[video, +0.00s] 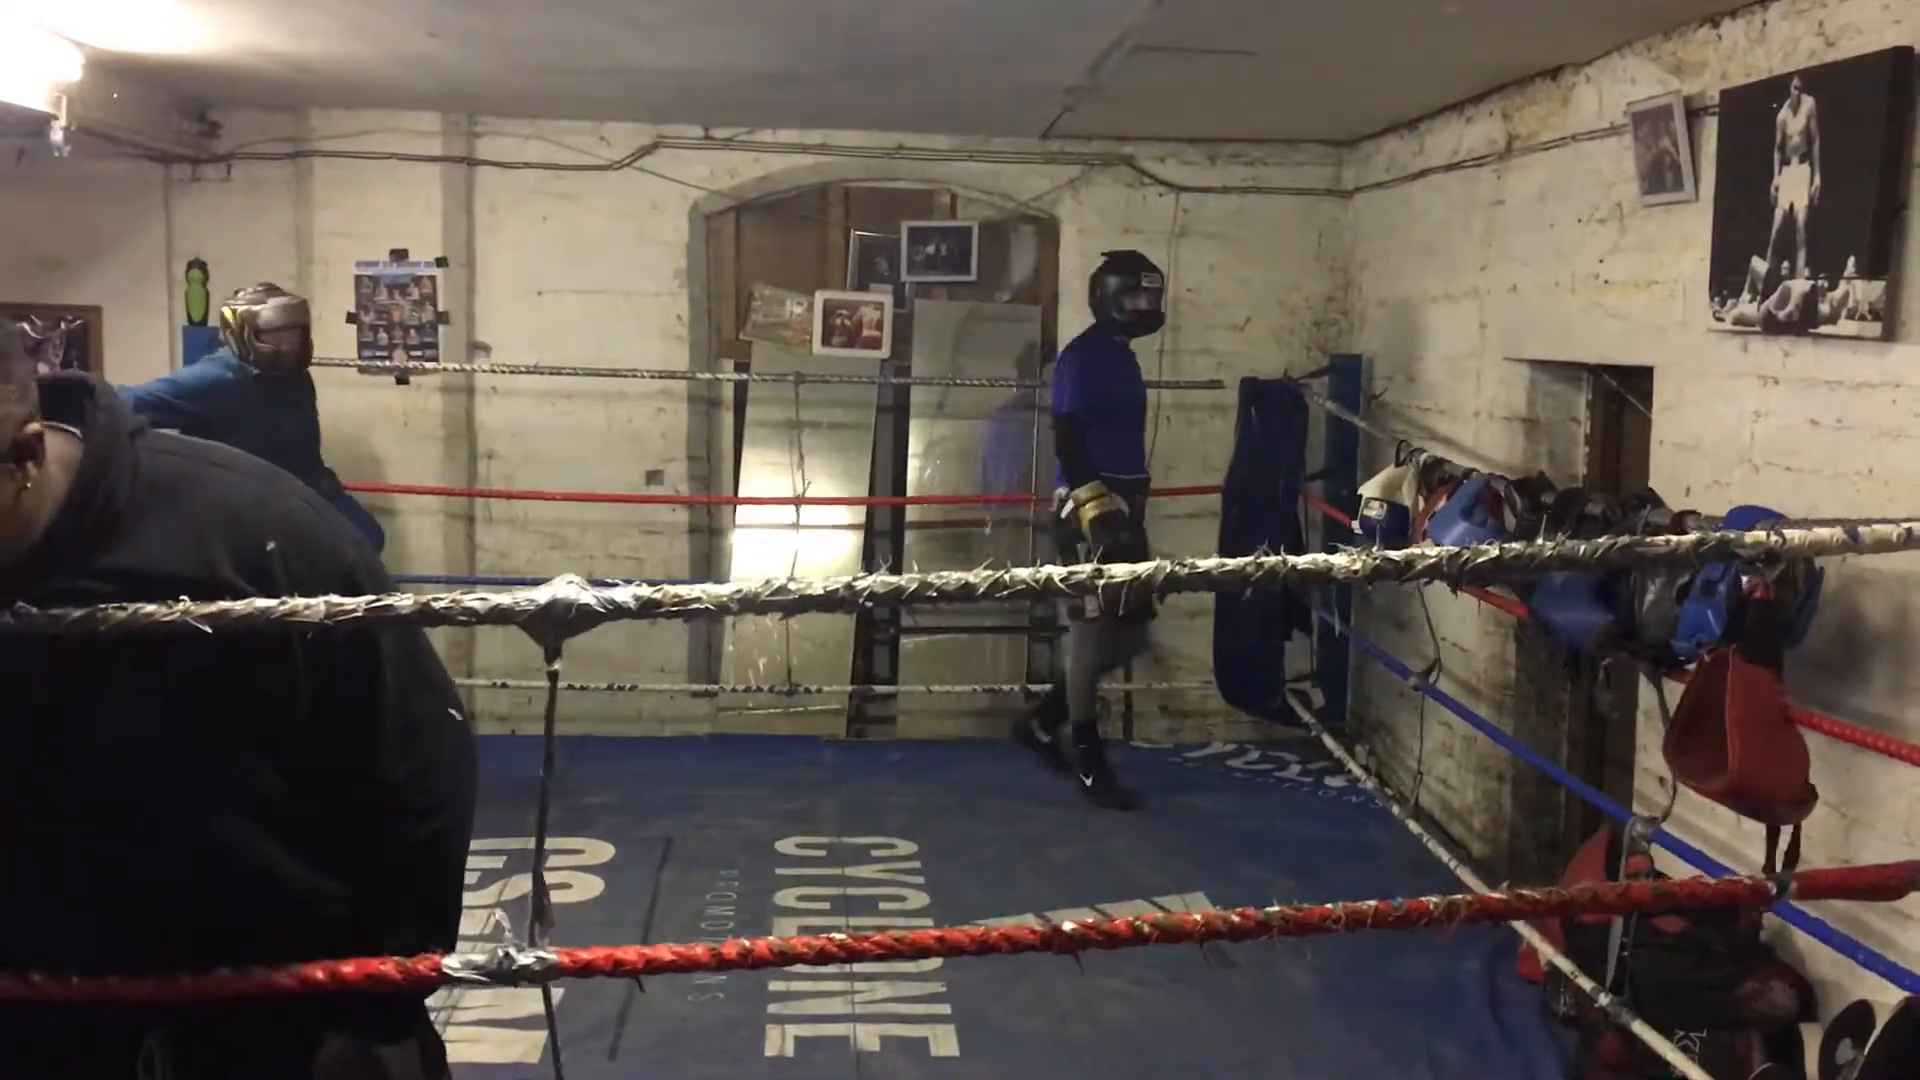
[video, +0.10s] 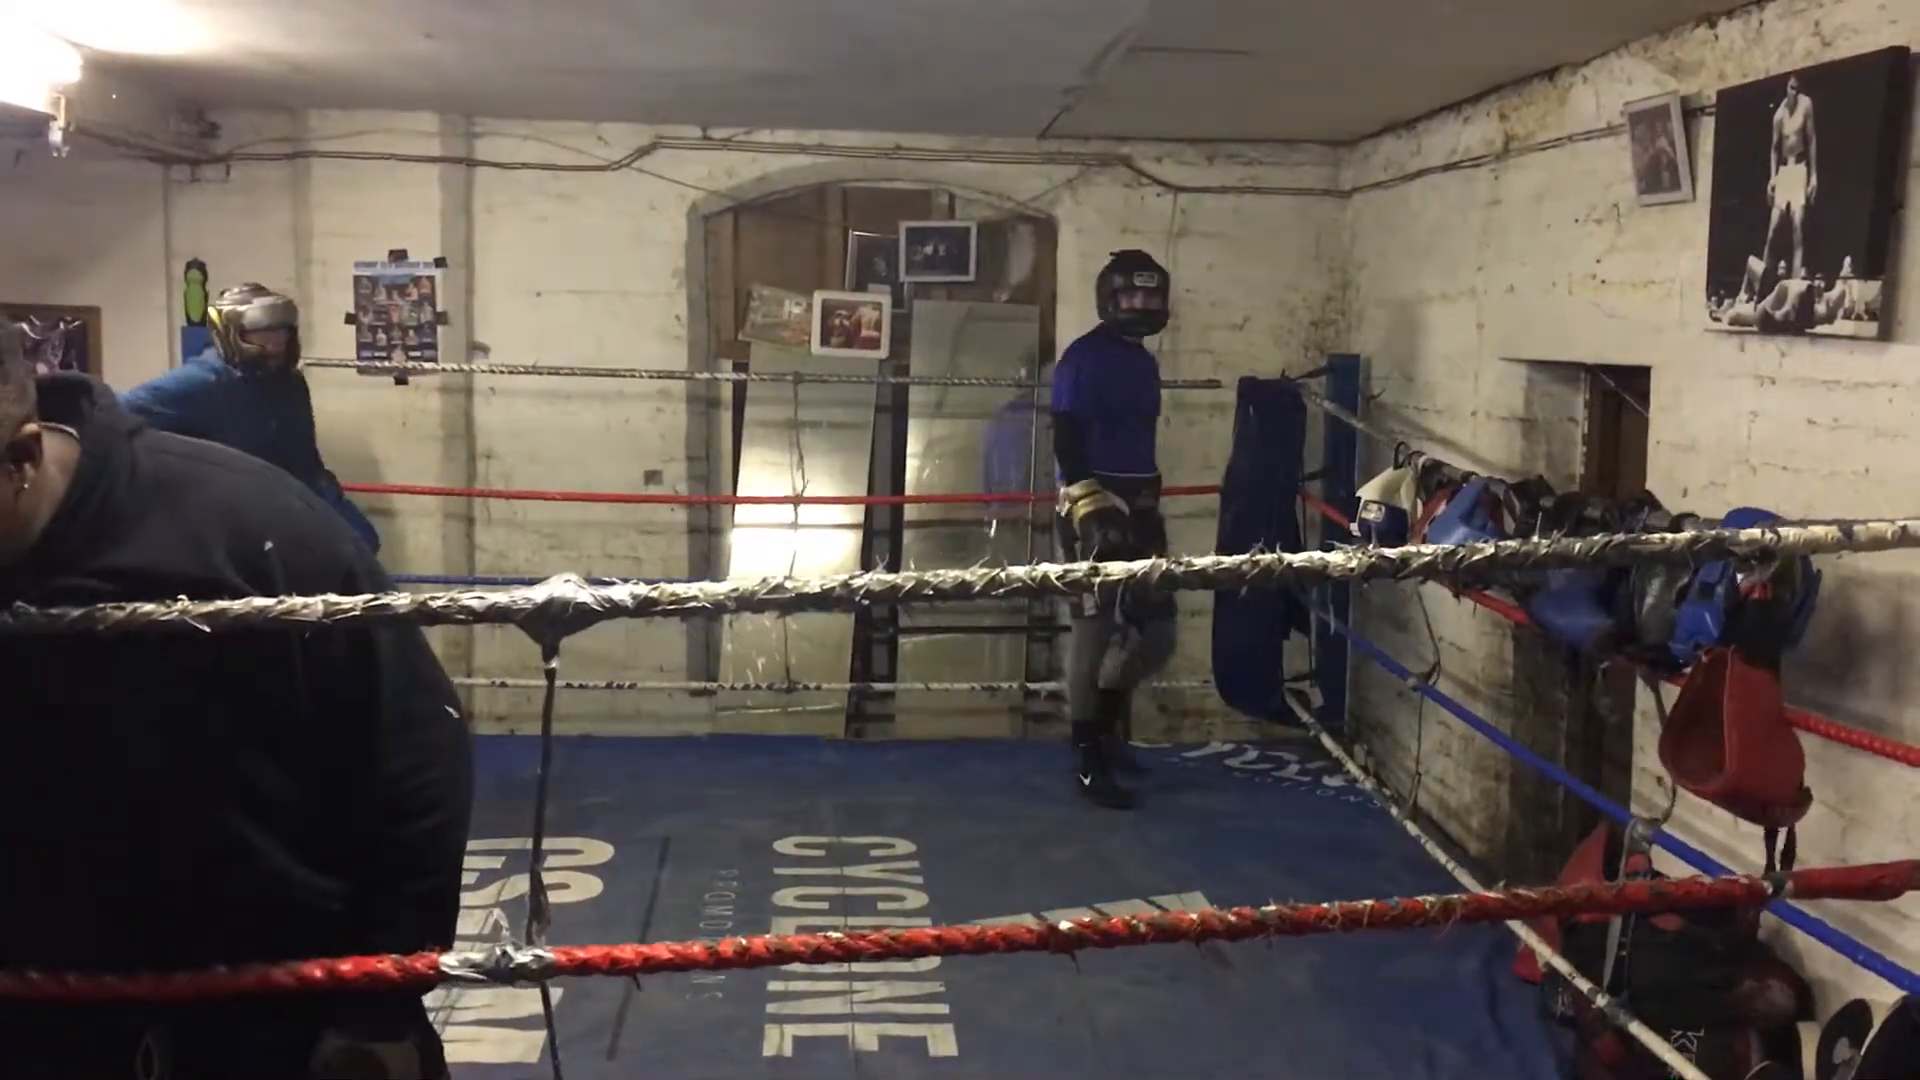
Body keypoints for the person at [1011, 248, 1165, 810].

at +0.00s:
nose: (1151, 304)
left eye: (1155, 294)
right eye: (1139, 294)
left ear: (1153, 300)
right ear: (1106, 298)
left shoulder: (1123, 356)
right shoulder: (1082, 356)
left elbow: (1121, 434)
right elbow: (1067, 437)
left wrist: (1134, 498)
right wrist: (1096, 503)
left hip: (1124, 506)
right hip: (1088, 509)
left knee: (1129, 630)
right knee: (1087, 627)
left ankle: (1046, 716)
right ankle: (1086, 754)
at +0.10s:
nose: (1143, 301)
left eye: (1153, 291)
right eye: (1131, 291)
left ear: (1164, 300)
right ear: (1108, 297)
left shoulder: (1145, 364)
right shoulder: (1081, 359)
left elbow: (1140, 441)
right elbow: (1066, 439)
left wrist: (1150, 502)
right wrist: (1093, 504)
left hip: (1138, 507)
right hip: (1091, 509)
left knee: (1156, 633)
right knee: (1092, 628)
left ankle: (1101, 722)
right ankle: (1089, 757)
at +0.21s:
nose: (1141, 300)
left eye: (1153, 291)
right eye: (1131, 291)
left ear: (1169, 299)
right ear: (1112, 297)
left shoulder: (1166, 362)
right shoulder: (1088, 355)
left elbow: (1167, 433)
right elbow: (1063, 435)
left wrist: (1169, 494)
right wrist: (1085, 492)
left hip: (1156, 500)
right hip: (1097, 498)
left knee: (1172, 627)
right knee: (1095, 629)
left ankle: (1167, 745)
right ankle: (1090, 761)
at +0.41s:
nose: (1148, 299)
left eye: (1160, 290)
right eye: (1139, 289)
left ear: (1183, 298)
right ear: (1128, 296)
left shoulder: (1206, 359)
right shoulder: (1108, 355)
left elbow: (1227, 437)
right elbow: (1074, 433)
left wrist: (1240, 511)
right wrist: (1052, 504)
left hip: (1189, 508)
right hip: (1123, 507)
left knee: (1190, 644)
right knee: (1115, 637)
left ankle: (1198, 760)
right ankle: (1092, 766)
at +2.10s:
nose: (1070, 310)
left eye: (1081, 300)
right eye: (1067, 299)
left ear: (1111, 305)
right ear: (1070, 304)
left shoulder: (1155, 361)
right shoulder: (1069, 358)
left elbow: (1182, 444)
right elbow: (1055, 433)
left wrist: (1180, 519)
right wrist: (1036, 503)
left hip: (1140, 503)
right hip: (1084, 505)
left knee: (1124, 629)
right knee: (1098, 628)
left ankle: (1127, 764)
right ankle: (1111, 747)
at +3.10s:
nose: (1061, 304)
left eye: (1072, 296)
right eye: (1060, 295)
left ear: (1103, 306)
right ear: (1067, 300)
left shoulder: (1138, 370)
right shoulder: (1060, 354)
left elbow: (1152, 457)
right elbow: (1040, 428)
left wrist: (1141, 531)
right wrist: (1007, 493)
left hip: (1104, 508)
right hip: (1047, 502)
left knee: (1094, 635)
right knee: (1014, 628)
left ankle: (1095, 777)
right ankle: (1081, 678)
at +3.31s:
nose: (1043, 307)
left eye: (1054, 297)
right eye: (1042, 296)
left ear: (1083, 302)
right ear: (1048, 301)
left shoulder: (1125, 367)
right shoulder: (1048, 353)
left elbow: (1141, 454)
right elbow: (1032, 429)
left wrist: (1133, 525)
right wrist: (1000, 495)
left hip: (1096, 505)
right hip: (1038, 500)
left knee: (1093, 630)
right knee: (994, 621)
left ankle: (1096, 771)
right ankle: (1034, 729)